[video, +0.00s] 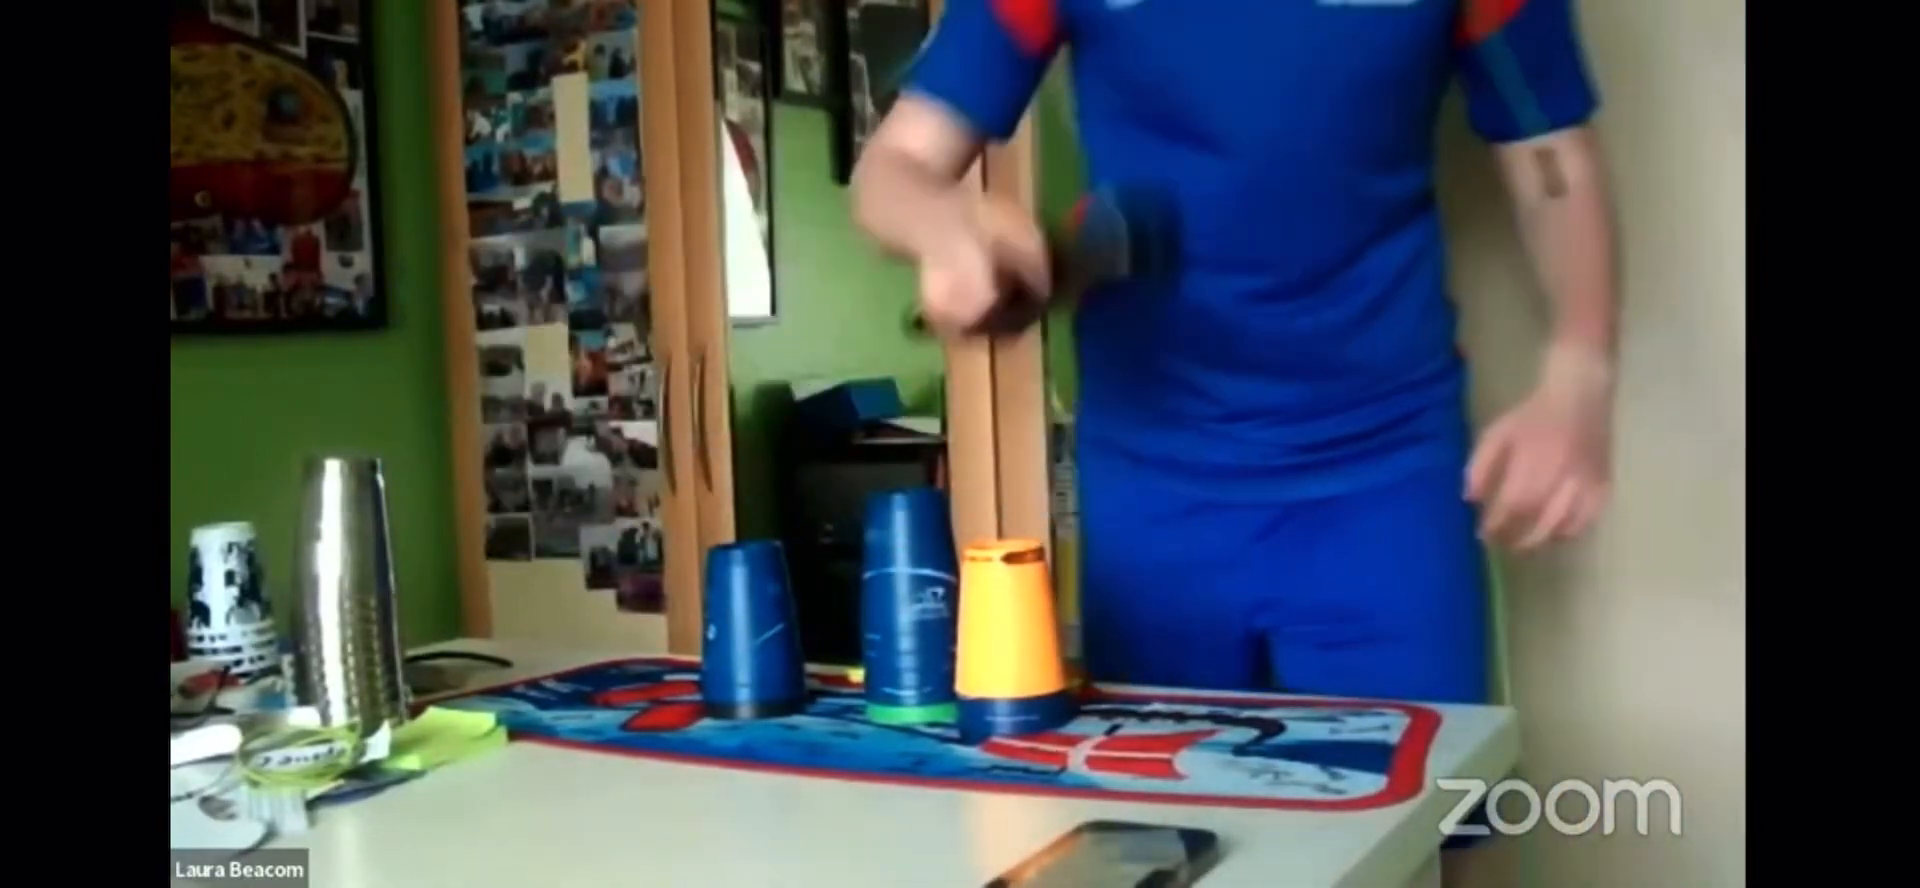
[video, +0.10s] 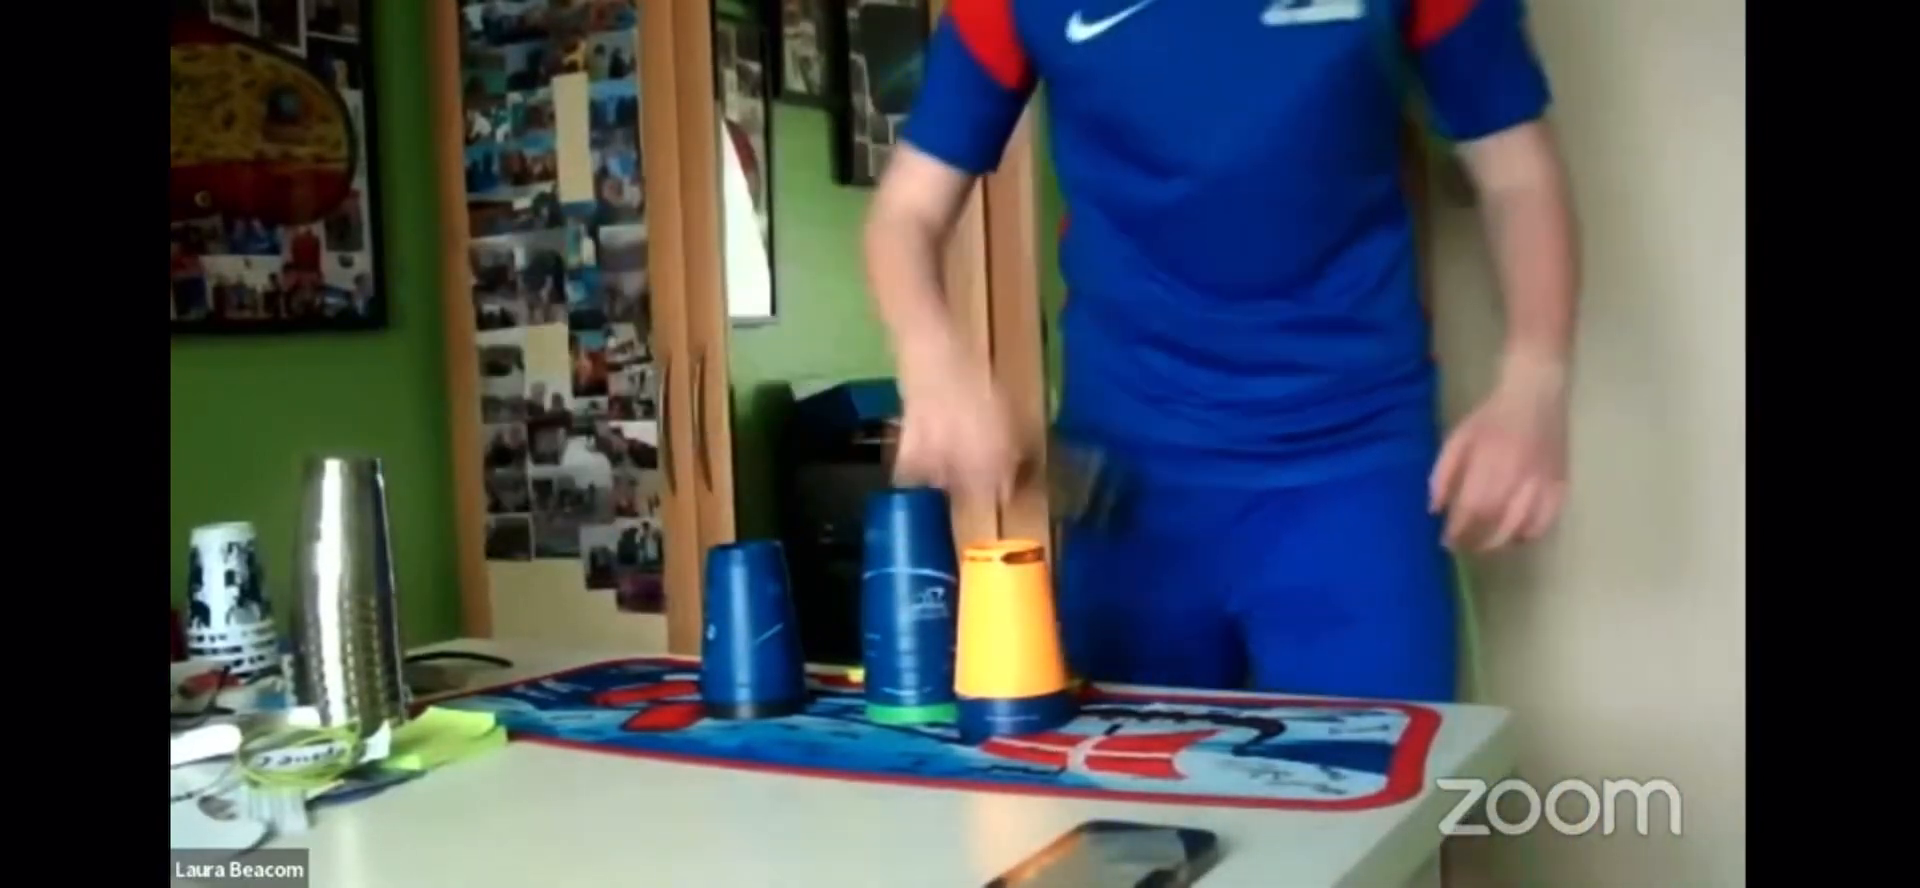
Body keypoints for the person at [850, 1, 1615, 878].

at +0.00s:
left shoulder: (1471, 10)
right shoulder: (1054, 5)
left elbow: (1553, 170)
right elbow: (891, 167)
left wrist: (1578, 383)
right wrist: (944, 224)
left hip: (1381, 458)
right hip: (1152, 469)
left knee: (1412, 835)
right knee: (1167, 838)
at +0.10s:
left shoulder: (1422, 12)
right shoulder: (1019, 9)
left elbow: (1519, 178)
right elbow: (901, 216)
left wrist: (1531, 389)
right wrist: (937, 372)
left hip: (1348, 477)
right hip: (1120, 488)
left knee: (1369, 840)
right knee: (1129, 840)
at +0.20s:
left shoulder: (1390, 8)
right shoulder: (998, 13)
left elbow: (1499, 172)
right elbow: (924, 271)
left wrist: (1496, 392)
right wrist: (911, 508)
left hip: (1341, 462)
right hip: (1121, 477)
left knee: (1360, 827)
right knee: (1147, 837)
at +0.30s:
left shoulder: (1381, 3)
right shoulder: (995, 10)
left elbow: (1494, 168)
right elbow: (929, 277)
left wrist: (1487, 382)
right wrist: (908, 535)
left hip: (1338, 457)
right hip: (1121, 473)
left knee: (1354, 830)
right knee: (1146, 842)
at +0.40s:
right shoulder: (988, 11)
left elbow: (1487, 158)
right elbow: (931, 287)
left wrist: (1473, 376)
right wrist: (910, 545)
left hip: (1334, 451)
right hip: (1122, 469)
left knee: (1346, 822)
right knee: (1152, 834)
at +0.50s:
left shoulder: (1372, 6)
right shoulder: (980, 11)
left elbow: (1492, 161)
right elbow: (927, 286)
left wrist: (1450, 384)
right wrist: (923, 545)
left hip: (1331, 466)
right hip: (1119, 486)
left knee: (1347, 841)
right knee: (1152, 849)